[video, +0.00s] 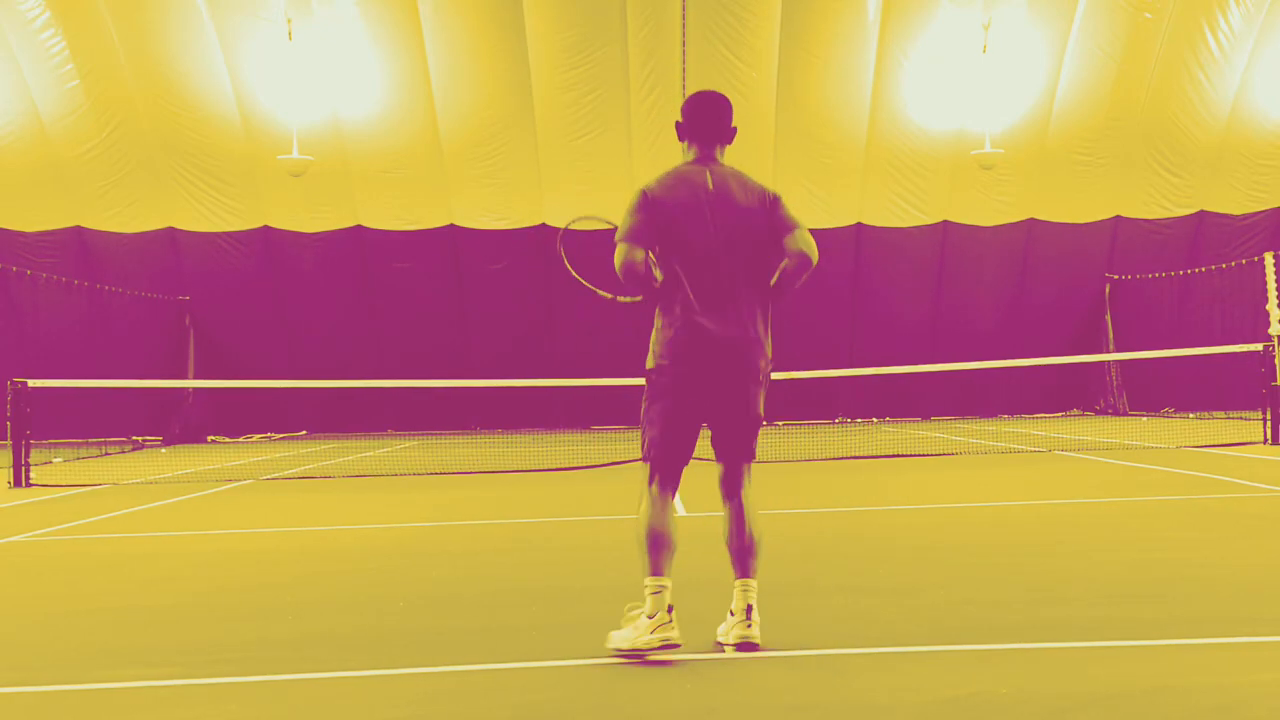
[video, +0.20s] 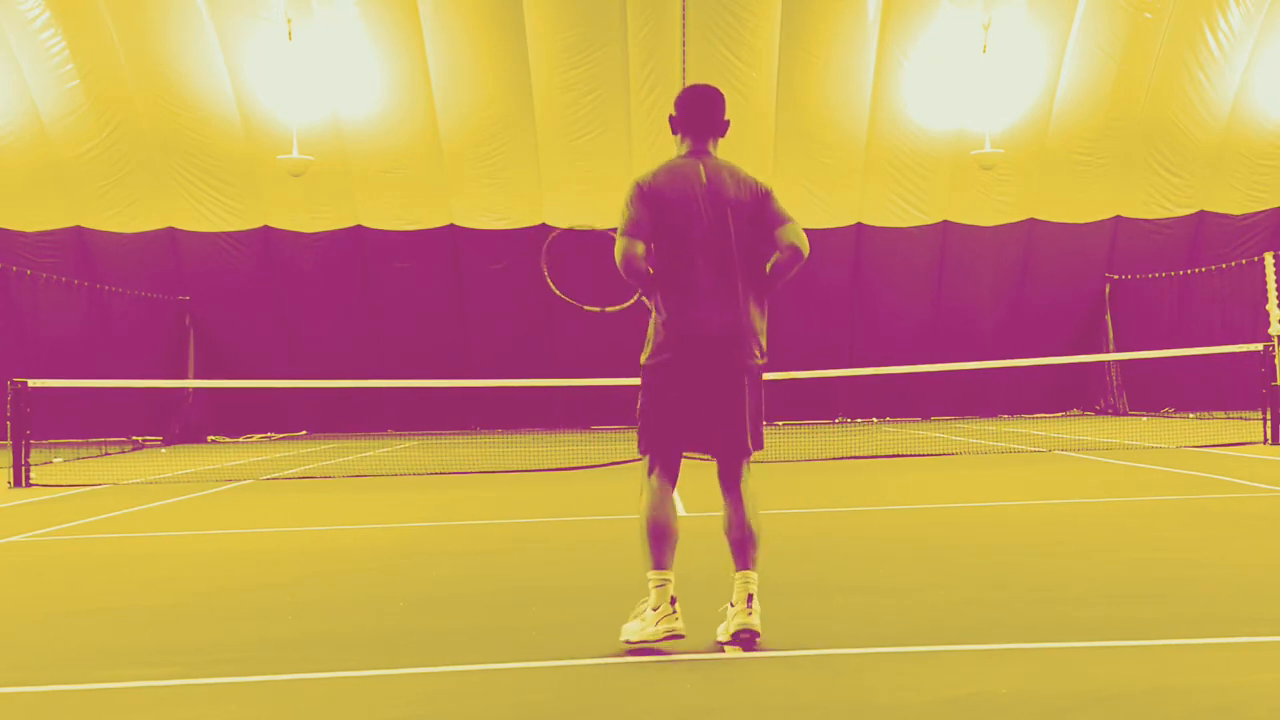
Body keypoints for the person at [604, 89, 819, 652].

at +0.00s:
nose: (693, 143)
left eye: (686, 132)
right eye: (719, 134)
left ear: (681, 134)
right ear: (732, 136)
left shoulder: (657, 192)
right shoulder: (760, 196)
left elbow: (627, 262)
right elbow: (804, 254)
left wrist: (657, 283)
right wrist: (765, 300)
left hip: (678, 353)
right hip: (743, 353)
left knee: (662, 483)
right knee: (736, 486)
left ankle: (657, 612)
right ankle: (745, 613)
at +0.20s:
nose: (680, 131)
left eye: (677, 121)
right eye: (698, 122)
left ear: (675, 126)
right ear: (724, 129)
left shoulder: (651, 185)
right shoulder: (752, 188)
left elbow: (629, 258)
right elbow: (795, 247)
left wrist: (656, 292)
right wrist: (757, 291)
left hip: (673, 347)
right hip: (737, 348)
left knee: (661, 474)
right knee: (734, 478)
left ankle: (661, 605)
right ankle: (746, 607)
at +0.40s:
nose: (678, 137)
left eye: (667, 124)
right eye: (693, 125)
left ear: (655, 129)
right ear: (704, 130)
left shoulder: (629, 188)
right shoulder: (734, 190)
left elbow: (602, 251)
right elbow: (773, 249)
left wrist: (633, 290)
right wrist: (737, 291)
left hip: (660, 347)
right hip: (726, 345)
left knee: (666, 478)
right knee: (751, 472)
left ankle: (670, 606)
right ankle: (780, 598)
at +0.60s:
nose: (677, 142)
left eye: (664, 129)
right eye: (693, 131)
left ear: (653, 134)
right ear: (702, 135)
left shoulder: (626, 194)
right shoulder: (730, 195)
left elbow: (601, 256)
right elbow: (769, 257)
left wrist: (631, 296)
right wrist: (734, 297)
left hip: (653, 352)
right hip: (721, 350)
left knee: (661, 477)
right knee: (744, 471)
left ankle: (668, 604)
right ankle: (773, 592)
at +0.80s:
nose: (670, 136)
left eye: (666, 126)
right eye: (696, 128)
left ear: (664, 129)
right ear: (713, 132)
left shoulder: (641, 187)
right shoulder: (742, 190)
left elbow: (619, 251)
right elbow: (783, 247)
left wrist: (641, 293)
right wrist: (742, 288)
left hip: (659, 343)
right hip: (723, 344)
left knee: (645, 473)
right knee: (717, 478)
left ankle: (636, 604)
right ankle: (723, 604)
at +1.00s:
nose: (675, 148)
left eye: (669, 138)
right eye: (700, 140)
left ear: (665, 140)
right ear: (714, 142)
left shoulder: (642, 200)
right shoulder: (740, 202)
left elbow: (622, 276)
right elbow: (784, 262)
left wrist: (641, 295)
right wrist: (750, 304)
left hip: (660, 357)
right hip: (721, 358)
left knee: (639, 481)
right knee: (713, 488)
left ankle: (631, 606)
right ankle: (721, 607)